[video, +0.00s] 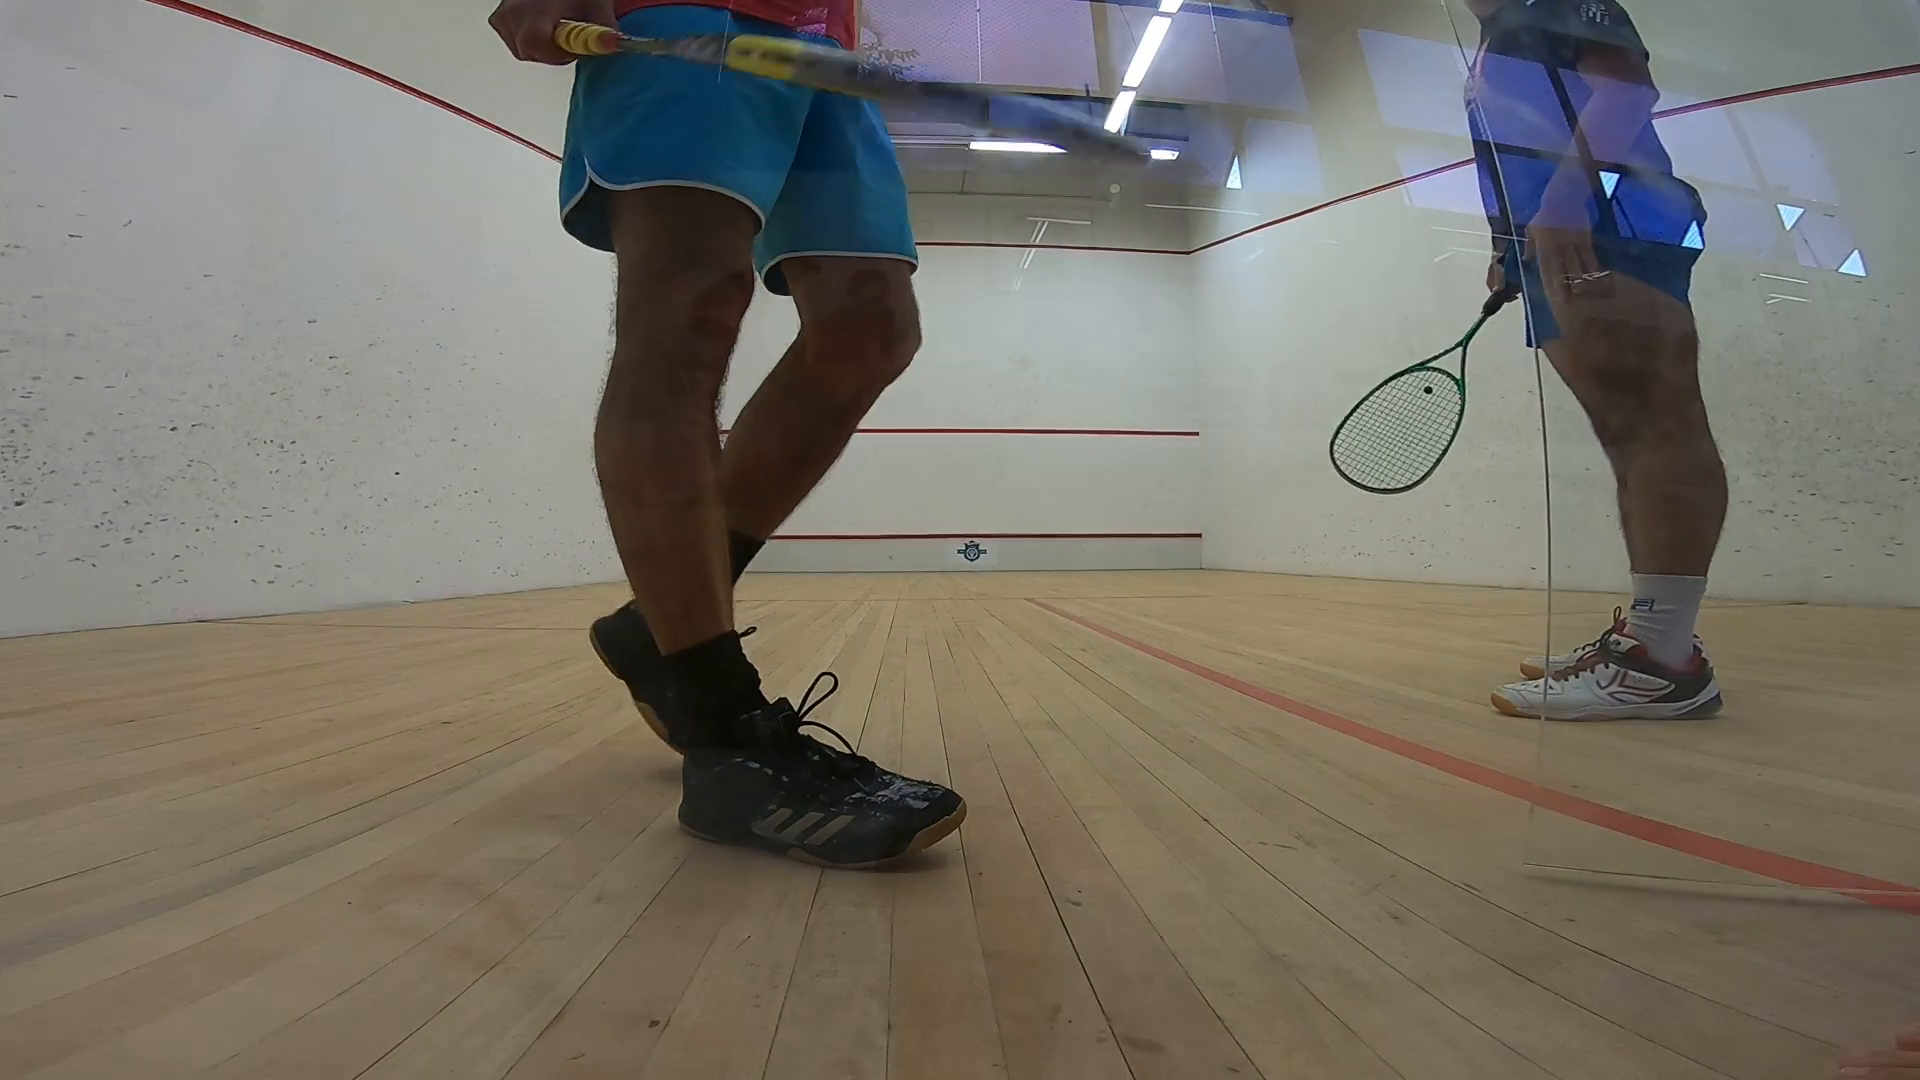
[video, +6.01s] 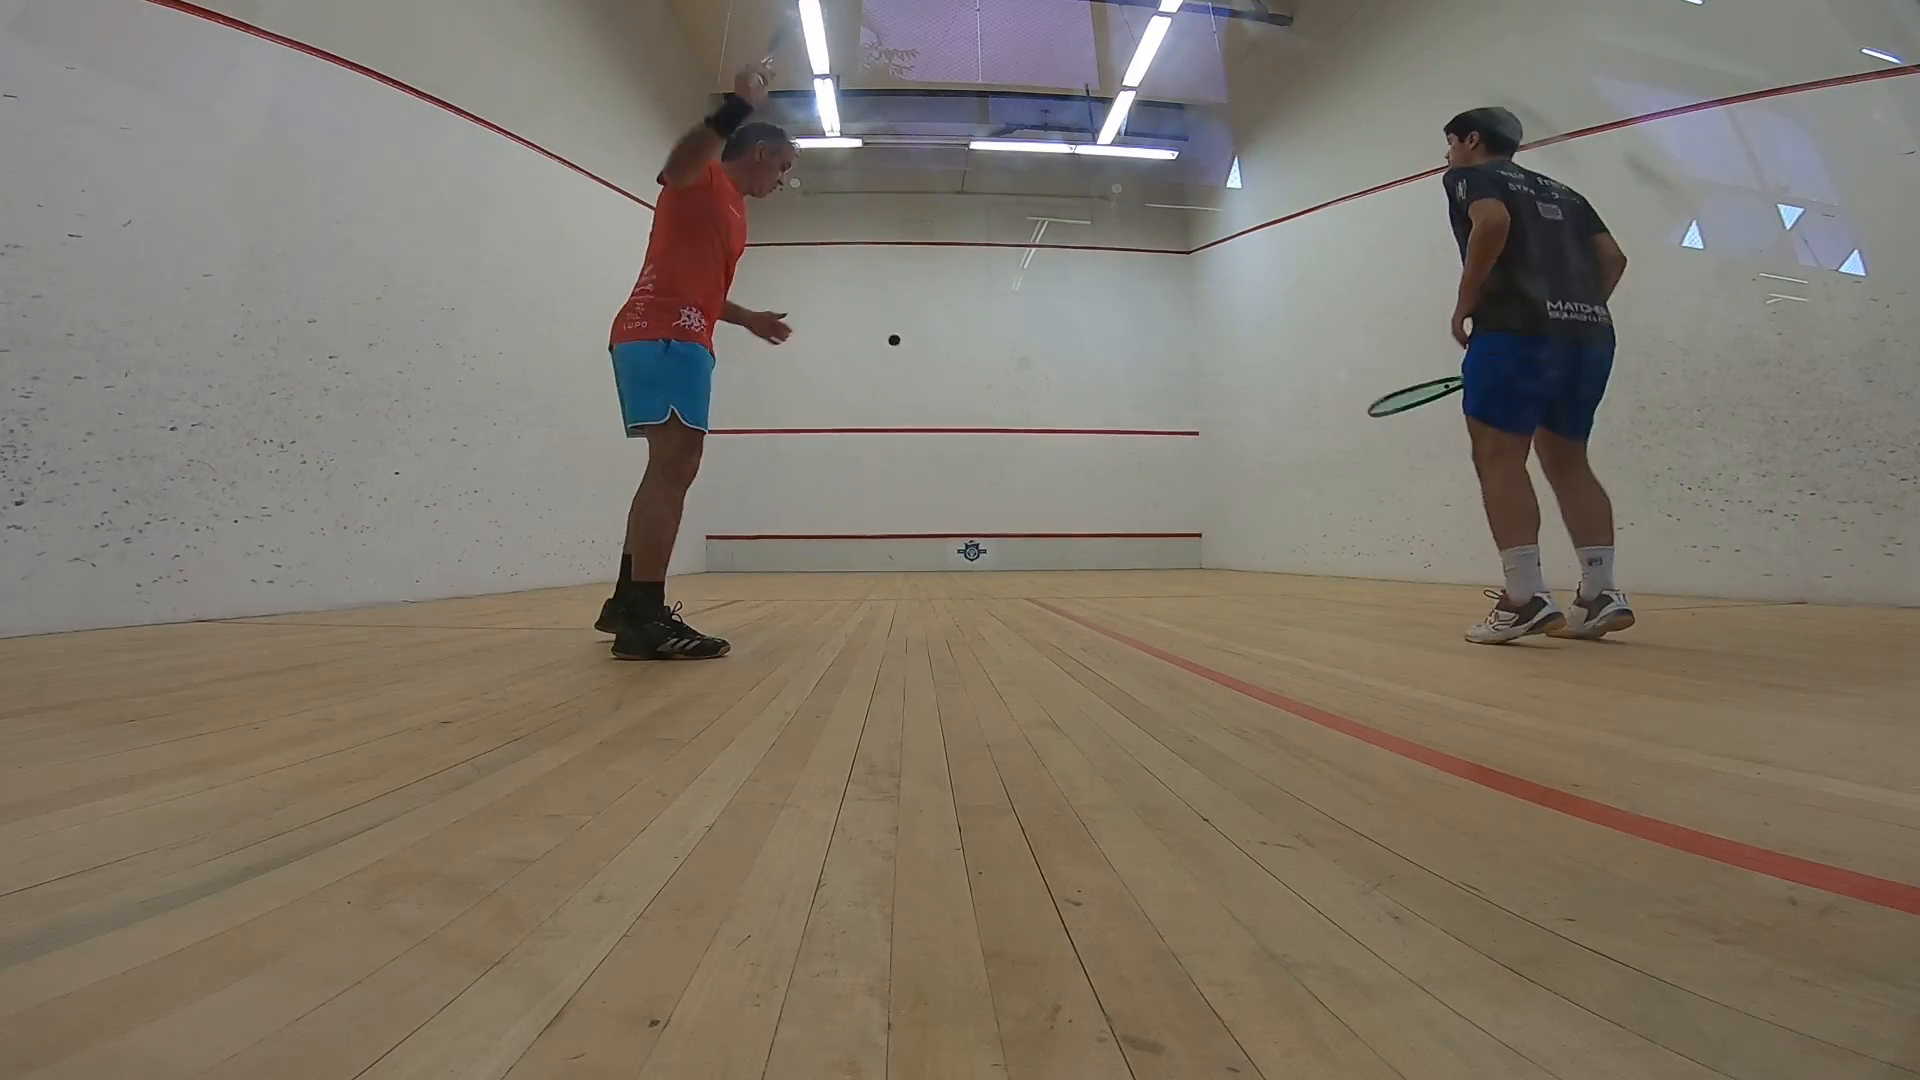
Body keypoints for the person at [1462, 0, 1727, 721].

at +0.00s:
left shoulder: (1551, 6)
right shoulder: (1497, 51)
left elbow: (1626, 81)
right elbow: (1530, 157)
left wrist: (1565, 198)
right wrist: (1510, 244)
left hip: (1611, 231)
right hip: (1571, 242)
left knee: (1661, 427)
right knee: (1628, 434)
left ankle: (1667, 659)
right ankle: (1654, 644)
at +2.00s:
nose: (1390, 127)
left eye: (1387, 115)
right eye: (1387, 119)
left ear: (1396, 92)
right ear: (1446, 83)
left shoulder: (1410, 90)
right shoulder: (1533, 117)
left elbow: (1429, 175)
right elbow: (1613, 199)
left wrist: (1424, 285)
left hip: (1504, 260)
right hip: (1611, 263)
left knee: (1439, 427)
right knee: (1606, 452)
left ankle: (1466, 610)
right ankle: (1611, 635)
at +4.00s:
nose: (1423, 154)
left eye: (1429, 144)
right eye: (1423, 147)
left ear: (1463, 140)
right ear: (1478, 144)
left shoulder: (1456, 174)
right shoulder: (1543, 188)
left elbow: (1486, 220)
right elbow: (1601, 255)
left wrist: (1452, 299)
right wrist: (1558, 311)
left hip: (1507, 328)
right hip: (1580, 333)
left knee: (1496, 458)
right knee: (1557, 463)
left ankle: (1539, 600)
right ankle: (1596, 599)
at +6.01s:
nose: (1448, 154)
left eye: (1451, 144)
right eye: (1449, 145)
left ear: (1472, 141)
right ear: (1508, 147)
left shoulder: (1467, 174)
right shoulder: (1561, 191)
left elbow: (1492, 219)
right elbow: (1611, 257)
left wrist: (1464, 303)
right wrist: (1574, 317)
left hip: (1517, 330)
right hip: (1590, 336)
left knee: (1499, 458)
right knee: (1566, 457)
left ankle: (1524, 596)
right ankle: (1601, 594)